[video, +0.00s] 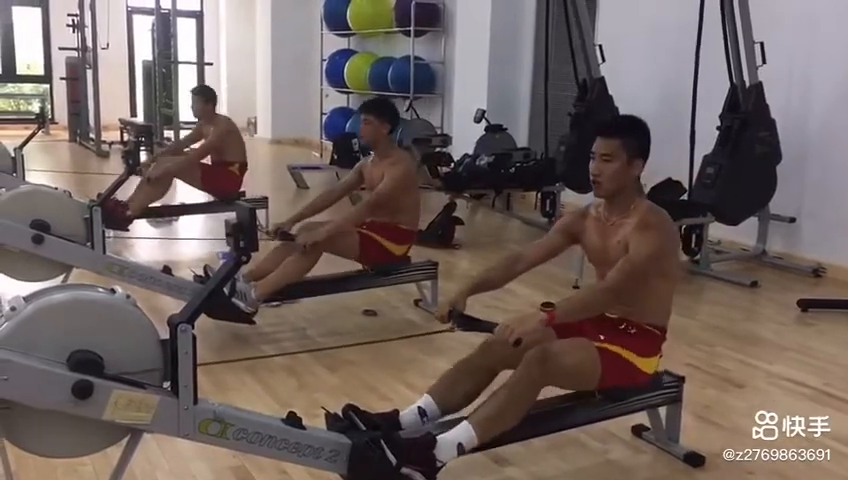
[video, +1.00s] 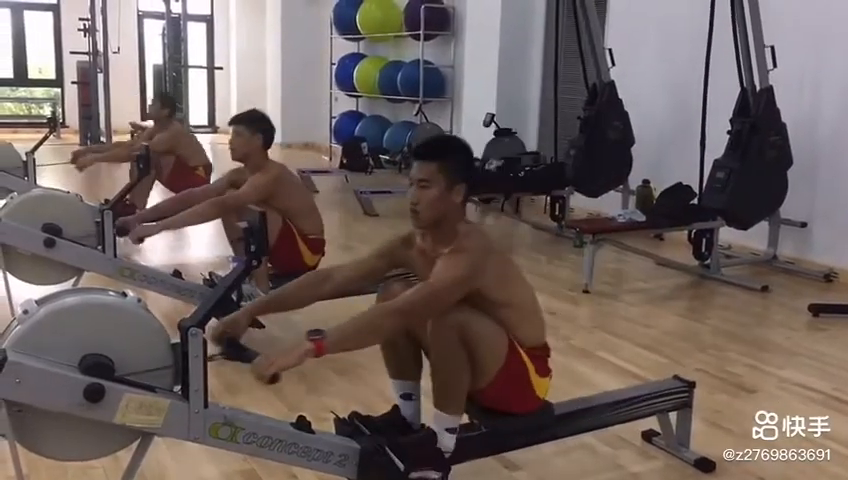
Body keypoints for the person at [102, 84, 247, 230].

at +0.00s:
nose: (192, 108)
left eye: (195, 104)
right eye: (192, 104)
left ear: (208, 105)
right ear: (204, 105)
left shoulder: (222, 126)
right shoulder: (204, 126)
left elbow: (197, 156)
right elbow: (179, 145)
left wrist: (160, 169)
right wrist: (152, 160)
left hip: (229, 183)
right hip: (219, 178)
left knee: (170, 166)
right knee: (163, 162)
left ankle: (131, 212)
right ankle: (129, 207)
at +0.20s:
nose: (170, 107)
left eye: (173, 103)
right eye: (170, 103)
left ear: (187, 106)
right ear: (183, 107)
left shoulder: (201, 130)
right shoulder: (185, 127)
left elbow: (172, 155)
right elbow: (161, 144)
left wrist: (137, 168)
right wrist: (137, 153)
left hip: (211, 183)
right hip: (201, 178)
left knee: (157, 160)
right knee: (151, 155)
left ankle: (131, 209)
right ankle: (130, 208)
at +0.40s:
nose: (155, 115)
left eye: (158, 111)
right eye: (154, 112)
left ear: (169, 110)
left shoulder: (178, 131)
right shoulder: (162, 129)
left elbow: (146, 159)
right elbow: (138, 150)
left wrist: (111, 168)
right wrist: (108, 164)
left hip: (192, 186)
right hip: (184, 182)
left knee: (142, 151)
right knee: (142, 163)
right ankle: (128, 209)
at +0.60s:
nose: (127, 109)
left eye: (132, 105)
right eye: (129, 105)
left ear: (146, 110)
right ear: (145, 111)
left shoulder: (158, 131)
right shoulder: (142, 130)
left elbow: (126, 156)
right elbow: (114, 150)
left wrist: (86, 171)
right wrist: (80, 163)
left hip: (177, 187)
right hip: (169, 184)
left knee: (131, 154)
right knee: (125, 150)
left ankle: (133, 208)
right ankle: (128, 204)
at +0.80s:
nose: (119, 111)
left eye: (123, 108)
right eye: (120, 107)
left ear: (136, 113)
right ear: (135, 113)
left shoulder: (145, 134)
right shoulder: (131, 131)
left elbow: (107, 154)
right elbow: (102, 148)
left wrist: (62, 167)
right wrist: (61, 159)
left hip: (176, 184)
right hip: (166, 178)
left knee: (123, 155)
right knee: (119, 153)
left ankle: (134, 209)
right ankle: (130, 207)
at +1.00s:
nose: (149, 107)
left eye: (154, 105)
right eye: (151, 103)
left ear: (166, 112)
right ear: (161, 112)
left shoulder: (173, 132)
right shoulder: (157, 129)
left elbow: (135, 154)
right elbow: (129, 147)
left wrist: (96, 159)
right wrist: (90, 150)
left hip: (197, 181)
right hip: (186, 178)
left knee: (146, 158)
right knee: (142, 158)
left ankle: (137, 209)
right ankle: (134, 206)